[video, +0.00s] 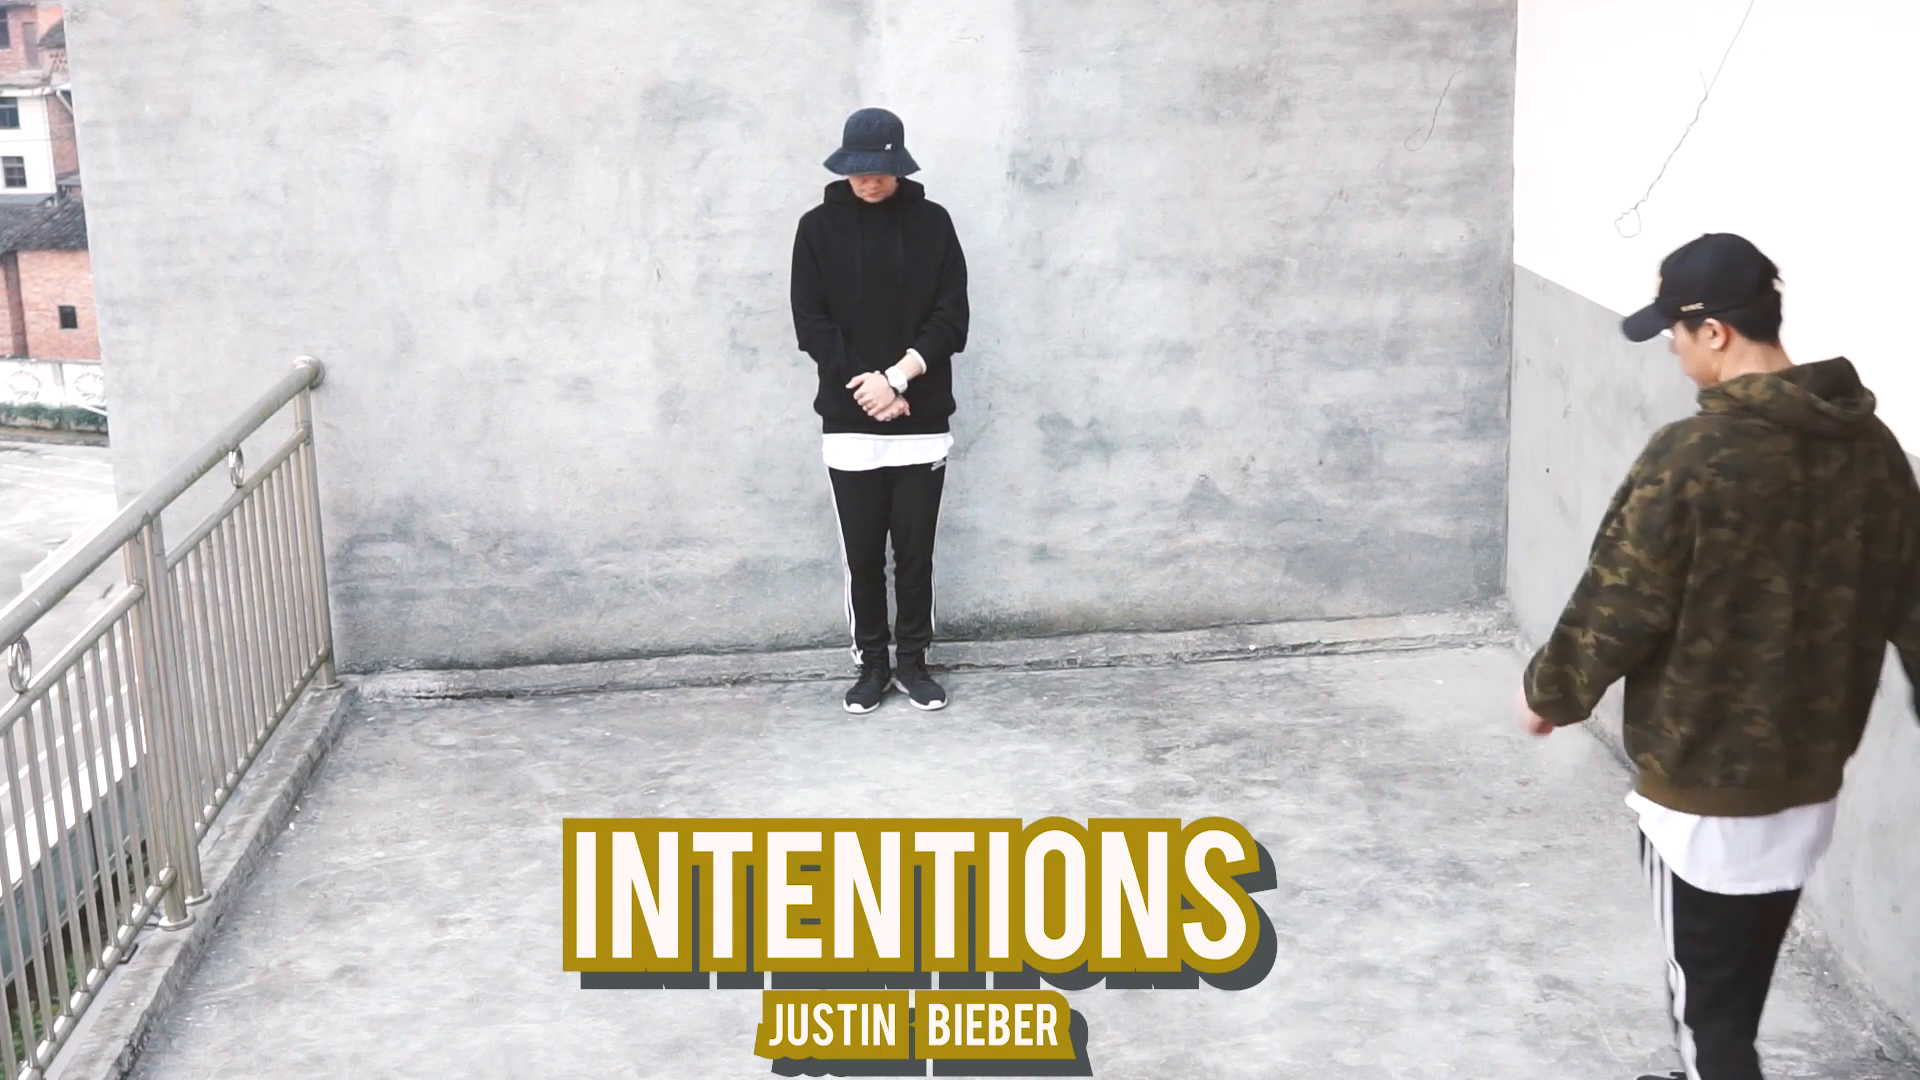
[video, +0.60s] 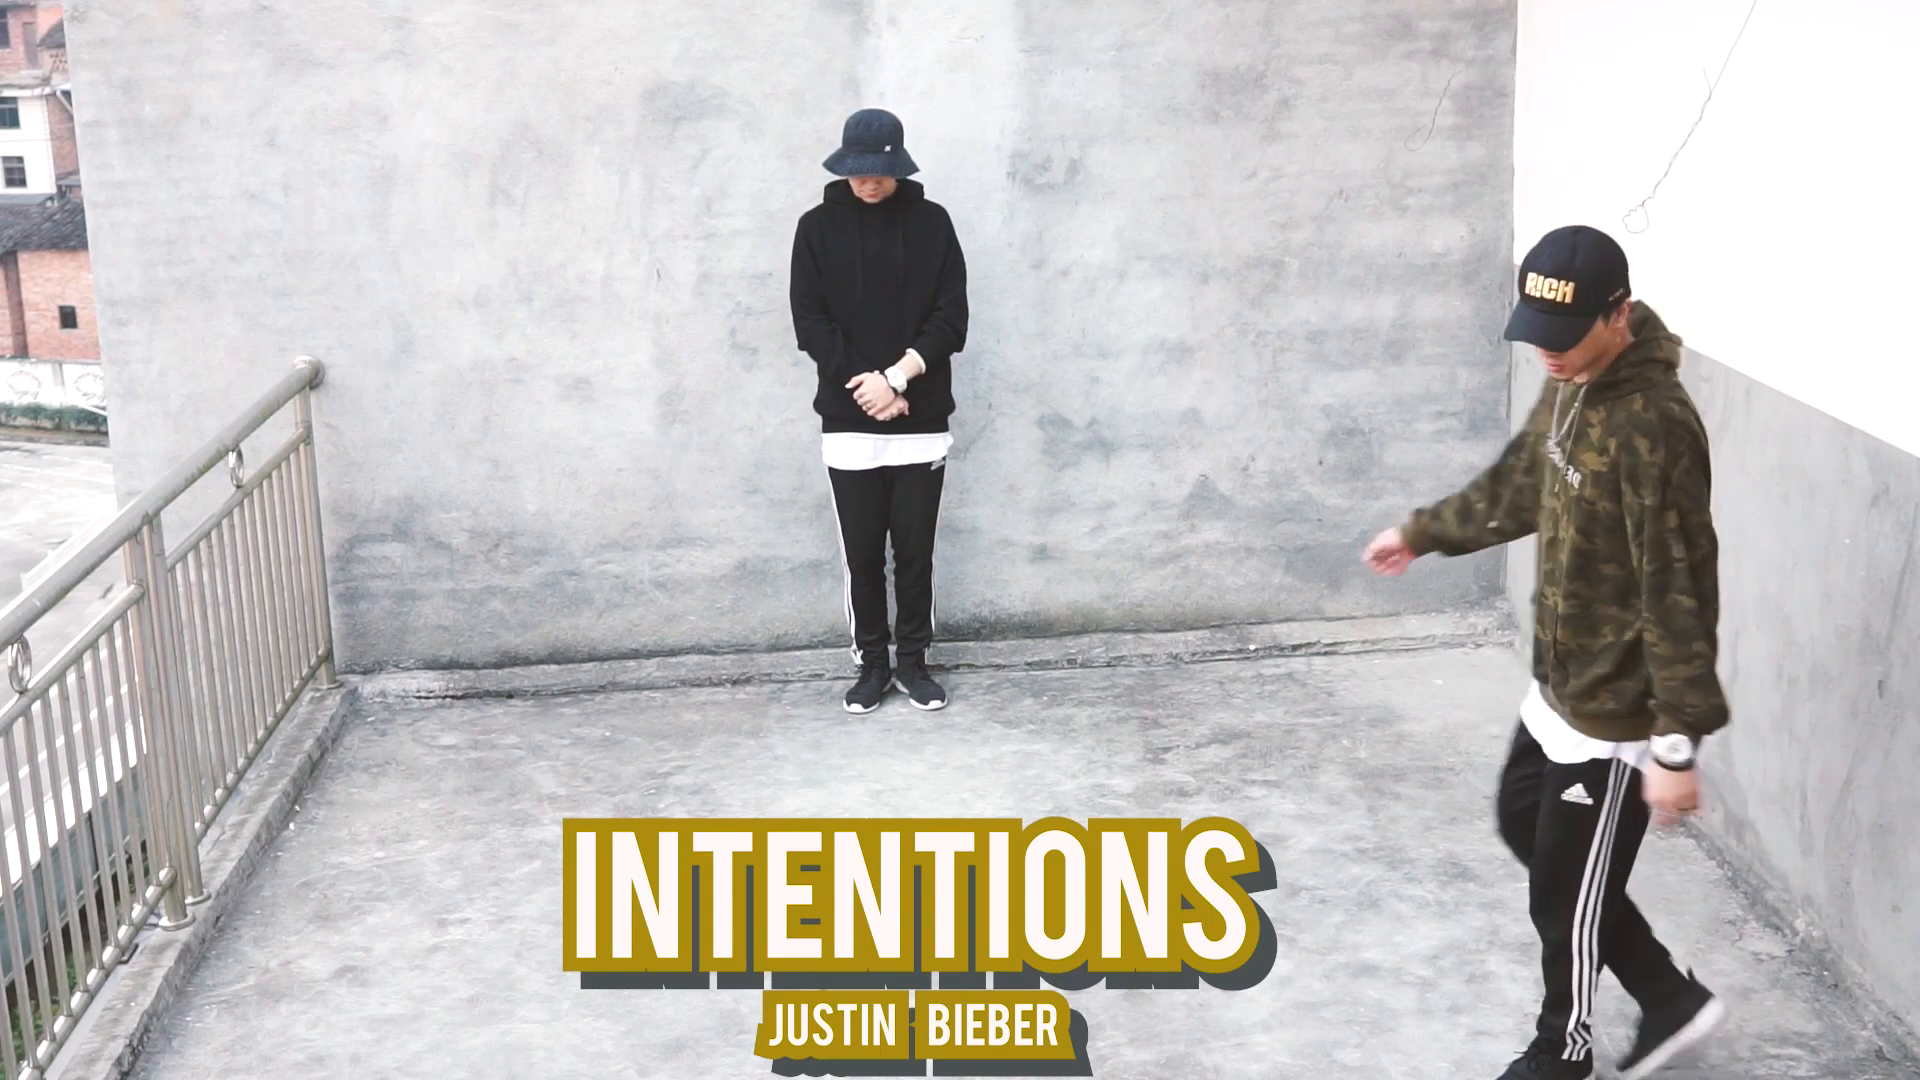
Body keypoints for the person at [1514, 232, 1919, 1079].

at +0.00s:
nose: (1674, 354)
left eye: (1674, 334)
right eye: (1670, 337)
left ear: (1713, 331)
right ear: (1759, 319)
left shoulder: (1693, 454)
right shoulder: (1879, 454)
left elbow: (1621, 605)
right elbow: (1913, 611)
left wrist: (1551, 693)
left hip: (1705, 780)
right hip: (1814, 771)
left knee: (1715, 1019)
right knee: (1740, 999)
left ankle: (1722, 1066)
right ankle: (1714, 1058)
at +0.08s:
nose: (1645, 349)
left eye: (1647, 330)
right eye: (1641, 332)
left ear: (1693, 321)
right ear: (1729, 315)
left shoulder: (1679, 440)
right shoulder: (1845, 431)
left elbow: (1620, 604)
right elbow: (1890, 580)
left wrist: (1550, 720)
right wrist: (1888, 714)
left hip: (1683, 755)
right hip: (1793, 752)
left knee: (1650, 957)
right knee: (1737, 953)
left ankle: (1706, 1071)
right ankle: (1715, 1073)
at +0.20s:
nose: (1609, 341)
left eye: (1613, 323)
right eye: (1605, 326)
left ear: (1665, 309)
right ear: (1683, 305)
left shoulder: (1673, 421)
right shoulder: (1790, 406)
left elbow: (1656, 600)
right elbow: (1808, 572)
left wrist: (1607, 750)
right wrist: (1784, 707)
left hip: (1681, 732)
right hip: (1759, 727)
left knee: (1577, 892)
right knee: (1719, 926)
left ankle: (1671, 1063)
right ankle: (1710, 1070)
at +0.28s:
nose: (1588, 336)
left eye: (1596, 319)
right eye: (1585, 321)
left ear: (1652, 306)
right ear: (1663, 304)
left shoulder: (1671, 410)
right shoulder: (1746, 389)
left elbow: (1676, 589)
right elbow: (1745, 563)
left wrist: (1659, 755)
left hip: (1654, 711)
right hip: (1731, 703)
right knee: (1706, 926)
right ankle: (1705, 1069)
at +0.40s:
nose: (1567, 341)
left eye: (1578, 324)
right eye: (1564, 325)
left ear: (1640, 311)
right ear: (1639, 311)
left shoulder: (1657, 412)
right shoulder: (1683, 380)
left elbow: (1690, 587)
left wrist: (1715, 753)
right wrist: (1567, 549)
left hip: (1626, 717)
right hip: (1671, 710)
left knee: (1557, 885)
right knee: (1679, 902)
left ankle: (1564, 1048)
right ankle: (1701, 1063)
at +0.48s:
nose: (1553, 347)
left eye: (1566, 331)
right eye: (1549, 331)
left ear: (1627, 316)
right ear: (1619, 317)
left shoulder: (1647, 416)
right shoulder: (1631, 386)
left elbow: (1687, 585)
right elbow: (1575, 476)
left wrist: (1717, 749)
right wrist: (1504, 530)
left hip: (1624, 712)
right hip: (1632, 703)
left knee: (1563, 888)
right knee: (1641, 886)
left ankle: (1565, 1054)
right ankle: (1697, 1056)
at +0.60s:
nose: (1549, 356)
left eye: (1565, 339)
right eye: (1539, 339)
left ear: (1619, 317)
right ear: (1531, 317)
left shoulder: (1655, 427)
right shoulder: (1571, 386)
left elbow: (1678, 591)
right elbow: (1518, 486)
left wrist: (1676, 747)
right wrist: (1423, 531)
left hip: (1621, 714)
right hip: (1560, 686)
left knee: (1569, 898)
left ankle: (1563, 1051)